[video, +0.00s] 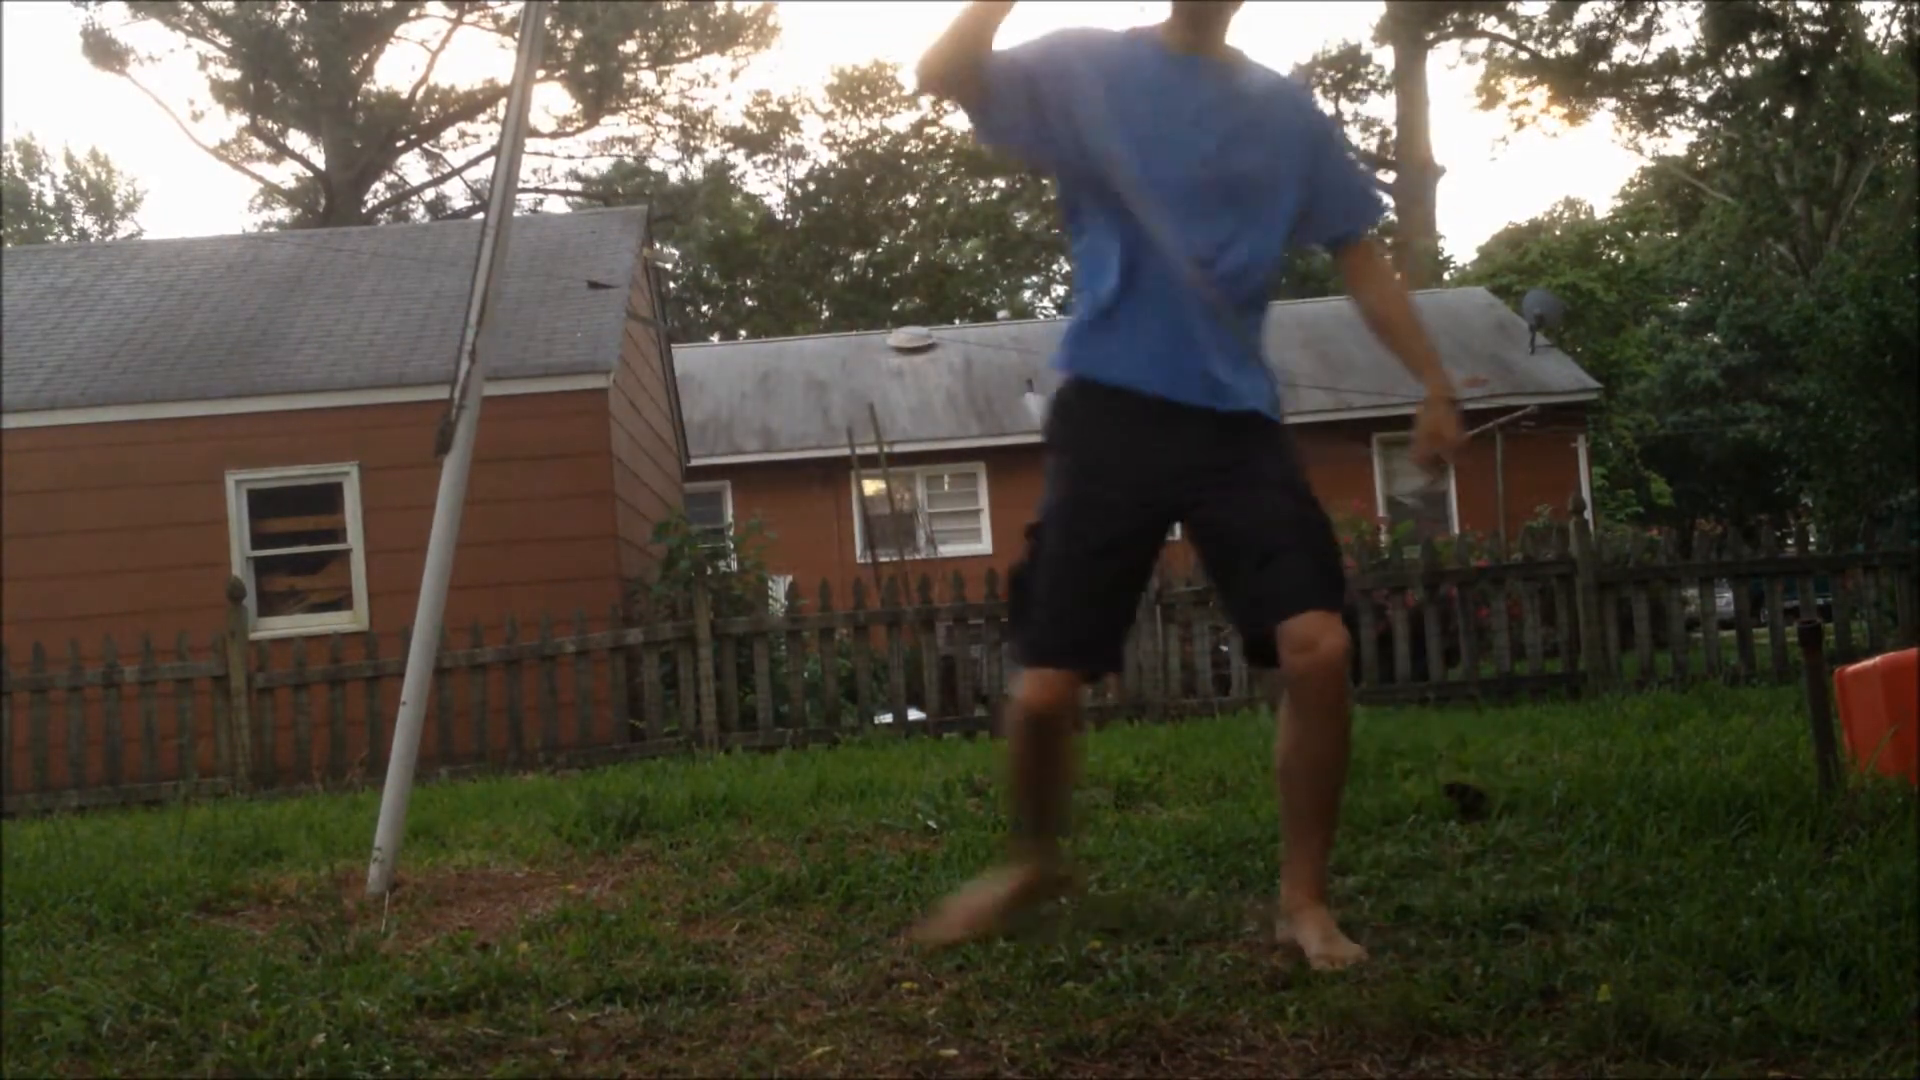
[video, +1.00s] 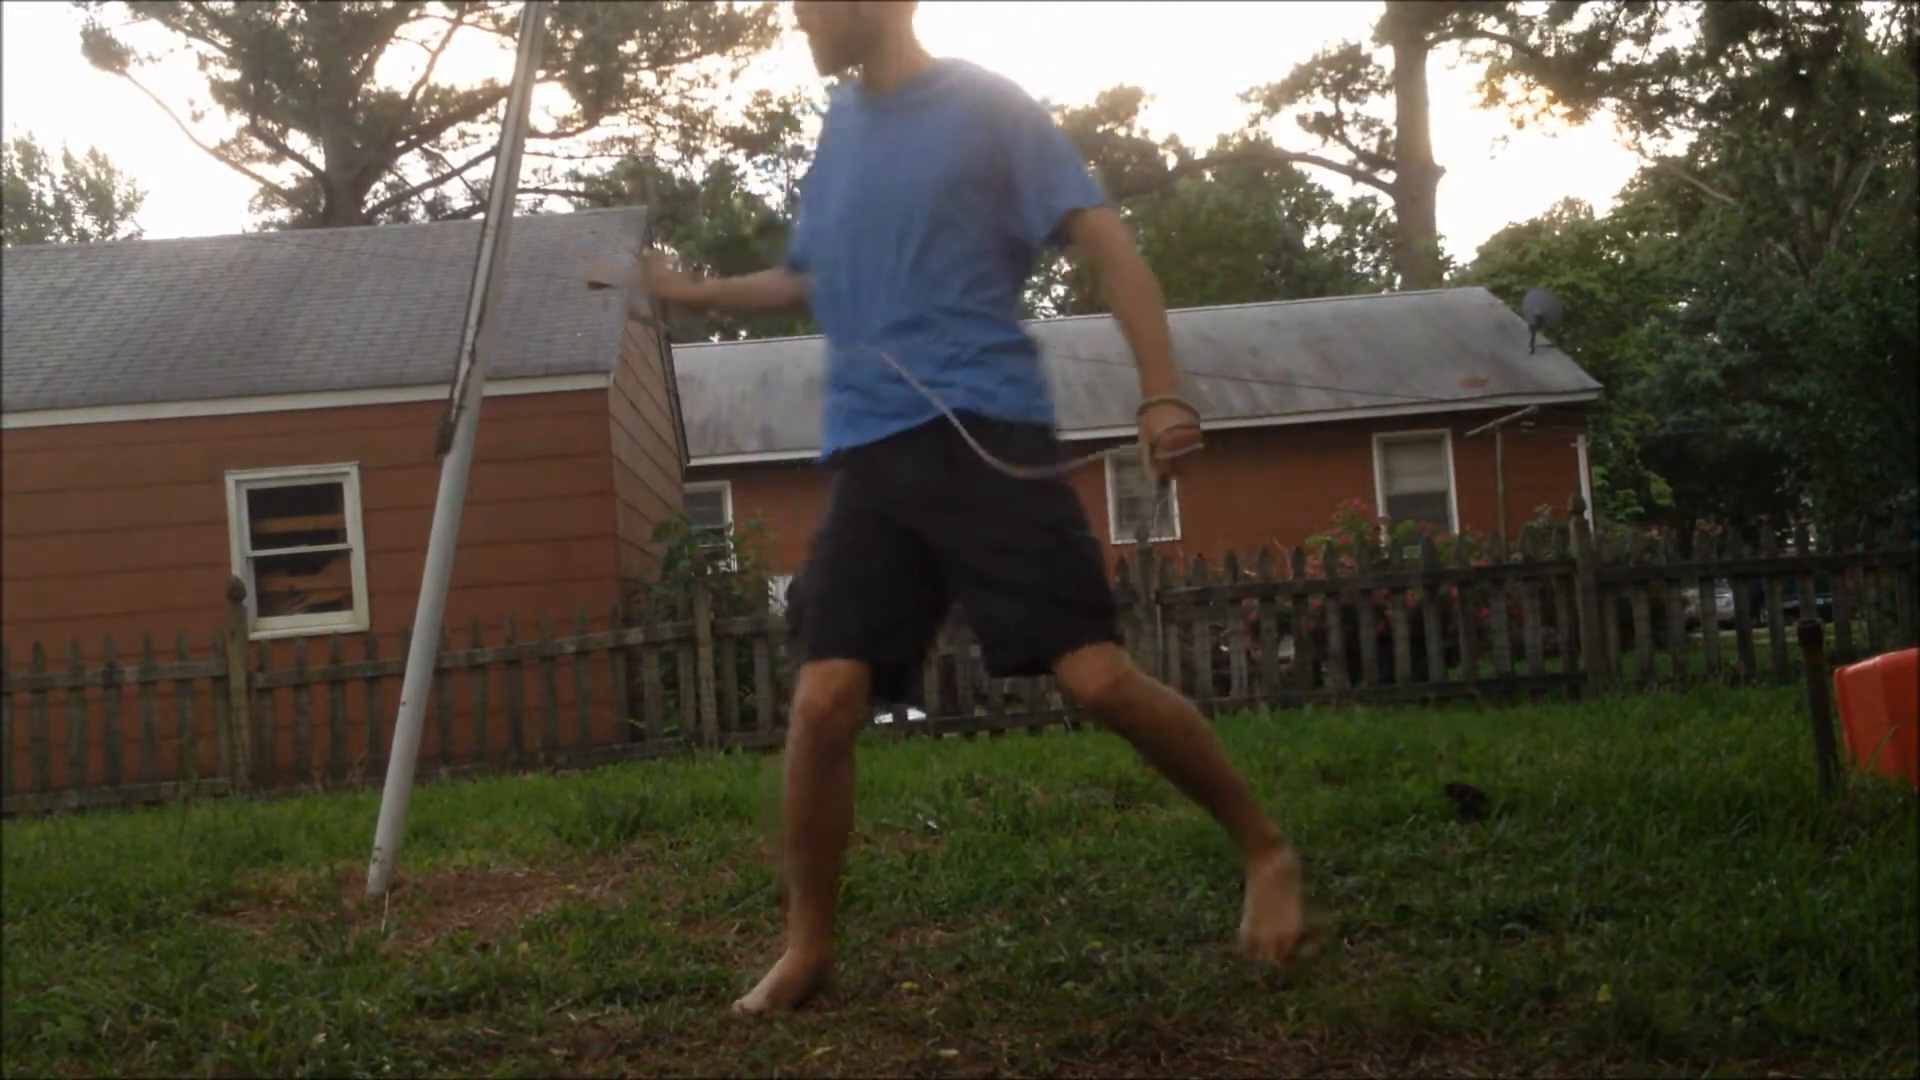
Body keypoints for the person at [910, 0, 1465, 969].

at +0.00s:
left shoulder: (1290, 112)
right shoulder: (1090, 67)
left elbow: (1364, 263)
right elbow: (943, 73)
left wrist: (1437, 386)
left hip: (1235, 416)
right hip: (1108, 408)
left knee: (1317, 651)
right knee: (1039, 692)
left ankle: (1304, 902)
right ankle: (1035, 859)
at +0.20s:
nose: (1104, 7)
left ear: (1137, 15)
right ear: (1062, 4)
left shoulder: (1175, 155)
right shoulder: (996, 98)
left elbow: (1253, 288)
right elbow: (861, 95)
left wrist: (1328, 365)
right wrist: (897, 7)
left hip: (1155, 448)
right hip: (1022, 446)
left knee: (1299, 656)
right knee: (916, 706)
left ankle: (1287, 913)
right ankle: (810, 949)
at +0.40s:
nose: (963, 20)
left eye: (979, 5)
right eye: (945, 4)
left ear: (1004, 26)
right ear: (920, 23)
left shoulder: (1057, 159)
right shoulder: (853, 142)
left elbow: (1152, 301)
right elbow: (695, 179)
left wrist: (1224, 413)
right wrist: (747, 63)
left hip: (1031, 460)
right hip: (897, 463)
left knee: (1200, 674)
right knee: (821, 740)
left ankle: (1269, 913)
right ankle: (800, 959)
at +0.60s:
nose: (866, 17)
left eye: (884, 2)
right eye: (848, 4)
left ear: (914, 18)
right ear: (824, 25)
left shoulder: (986, 136)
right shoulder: (785, 162)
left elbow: (1099, 256)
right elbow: (672, 270)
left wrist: (1203, 382)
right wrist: (638, 150)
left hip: (966, 461)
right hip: (827, 478)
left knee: (1129, 693)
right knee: (793, 747)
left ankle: (1263, 914)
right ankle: (798, 960)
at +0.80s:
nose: (831, 12)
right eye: (812, 1)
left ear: (884, 11)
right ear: (790, 22)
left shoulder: (953, 126)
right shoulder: (777, 151)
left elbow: (1072, 247)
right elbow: (723, 286)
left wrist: (1175, 385)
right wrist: (602, 261)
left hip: (954, 462)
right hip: (818, 479)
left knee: (1112, 689)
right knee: (793, 739)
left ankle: (1264, 903)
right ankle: (802, 957)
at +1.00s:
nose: (797, 18)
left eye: (809, 1)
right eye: (796, 5)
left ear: (875, 2)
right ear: (858, 14)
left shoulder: (989, 105)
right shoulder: (840, 127)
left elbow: (1106, 238)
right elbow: (810, 281)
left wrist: (1161, 391)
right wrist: (684, 290)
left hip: (987, 439)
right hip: (869, 457)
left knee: (1097, 681)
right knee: (822, 701)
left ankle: (1264, 848)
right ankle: (806, 949)